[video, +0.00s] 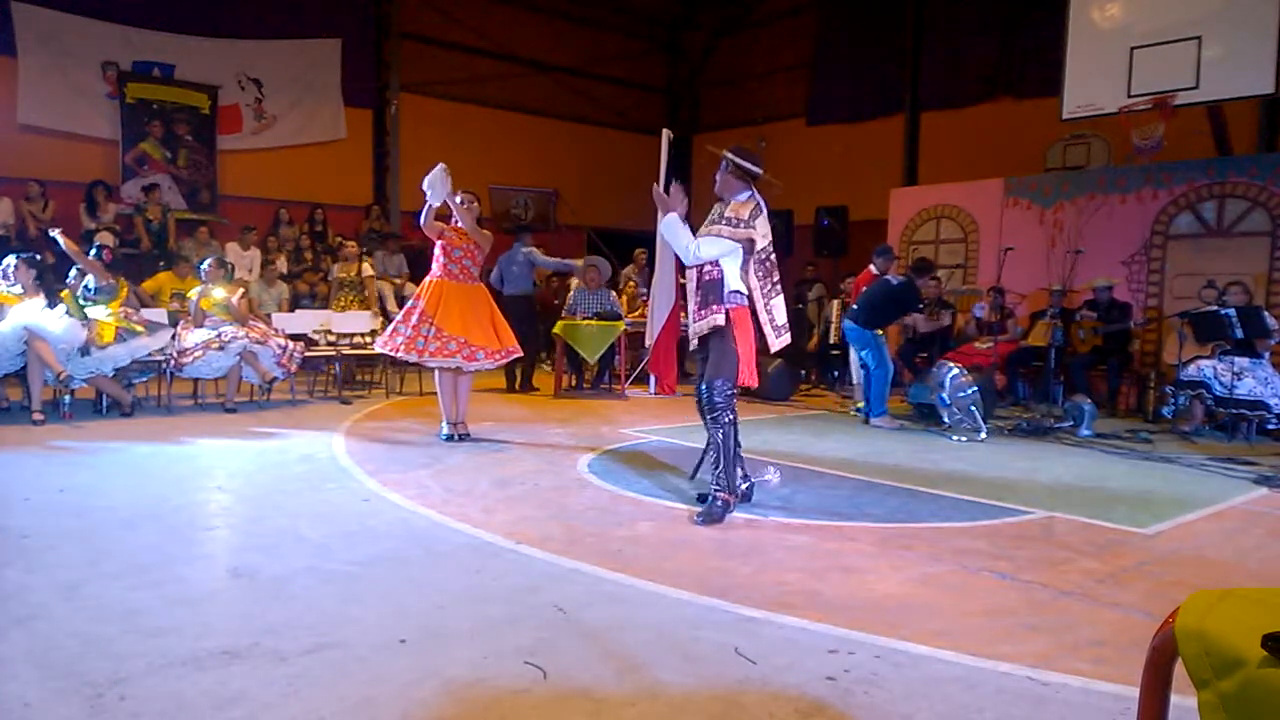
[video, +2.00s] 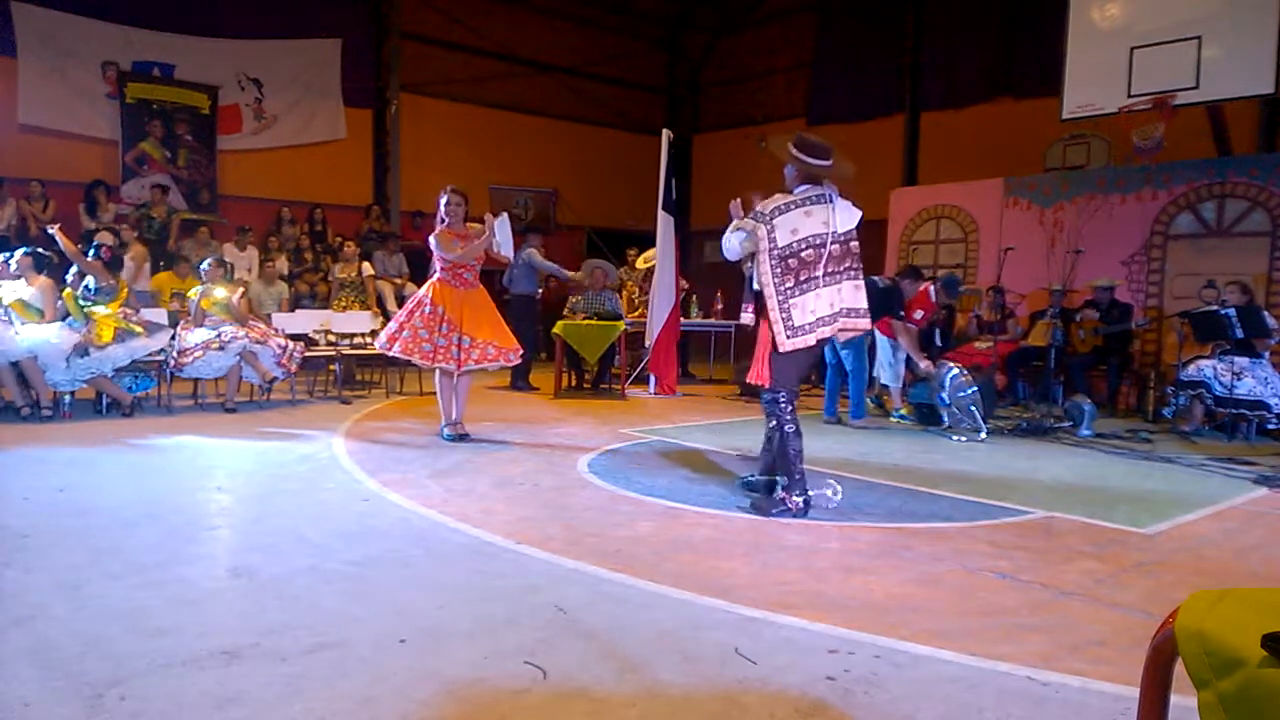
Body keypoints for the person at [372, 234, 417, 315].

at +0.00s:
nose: (396, 245)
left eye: (397, 242)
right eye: (393, 242)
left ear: (398, 244)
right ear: (387, 243)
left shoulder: (400, 255)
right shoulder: (379, 255)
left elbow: (405, 272)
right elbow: (380, 273)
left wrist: (402, 283)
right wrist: (393, 282)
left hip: (397, 278)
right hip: (383, 278)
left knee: (412, 289)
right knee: (387, 288)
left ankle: (411, 314)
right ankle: (394, 314)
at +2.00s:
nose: (396, 244)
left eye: (397, 242)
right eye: (393, 242)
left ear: (398, 243)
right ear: (386, 243)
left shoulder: (400, 255)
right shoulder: (378, 255)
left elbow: (405, 272)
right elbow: (379, 274)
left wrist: (402, 283)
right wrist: (393, 282)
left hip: (398, 278)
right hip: (384, 278)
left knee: (412, 289)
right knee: (387, 289)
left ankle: (413, 313)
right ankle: (394, 314)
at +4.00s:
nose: (397, 245)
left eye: (398, 243)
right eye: (394, 242)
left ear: (399, 244)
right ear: (387, 243)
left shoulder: (400, 256)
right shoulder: (379, 254)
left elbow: (405, 272)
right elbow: (380, 273)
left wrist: (404, 282)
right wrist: (395, 283)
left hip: (398, 278)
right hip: (383, 278)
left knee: (414, 291)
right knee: (387, 291)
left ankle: (417, 317)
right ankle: (387, 318)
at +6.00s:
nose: (397, 245)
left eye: (398, 243)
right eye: (394, 242)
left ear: (399, 244)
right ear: (387, 243)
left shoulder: (400, 256)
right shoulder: (379, 254)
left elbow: (405, 272)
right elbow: (380, 273)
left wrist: (404, 282)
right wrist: (395, 283)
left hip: (397, 278)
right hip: (383, 278)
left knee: (413, 290)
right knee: (387, 291)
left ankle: (416, 316)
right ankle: (387, 318)